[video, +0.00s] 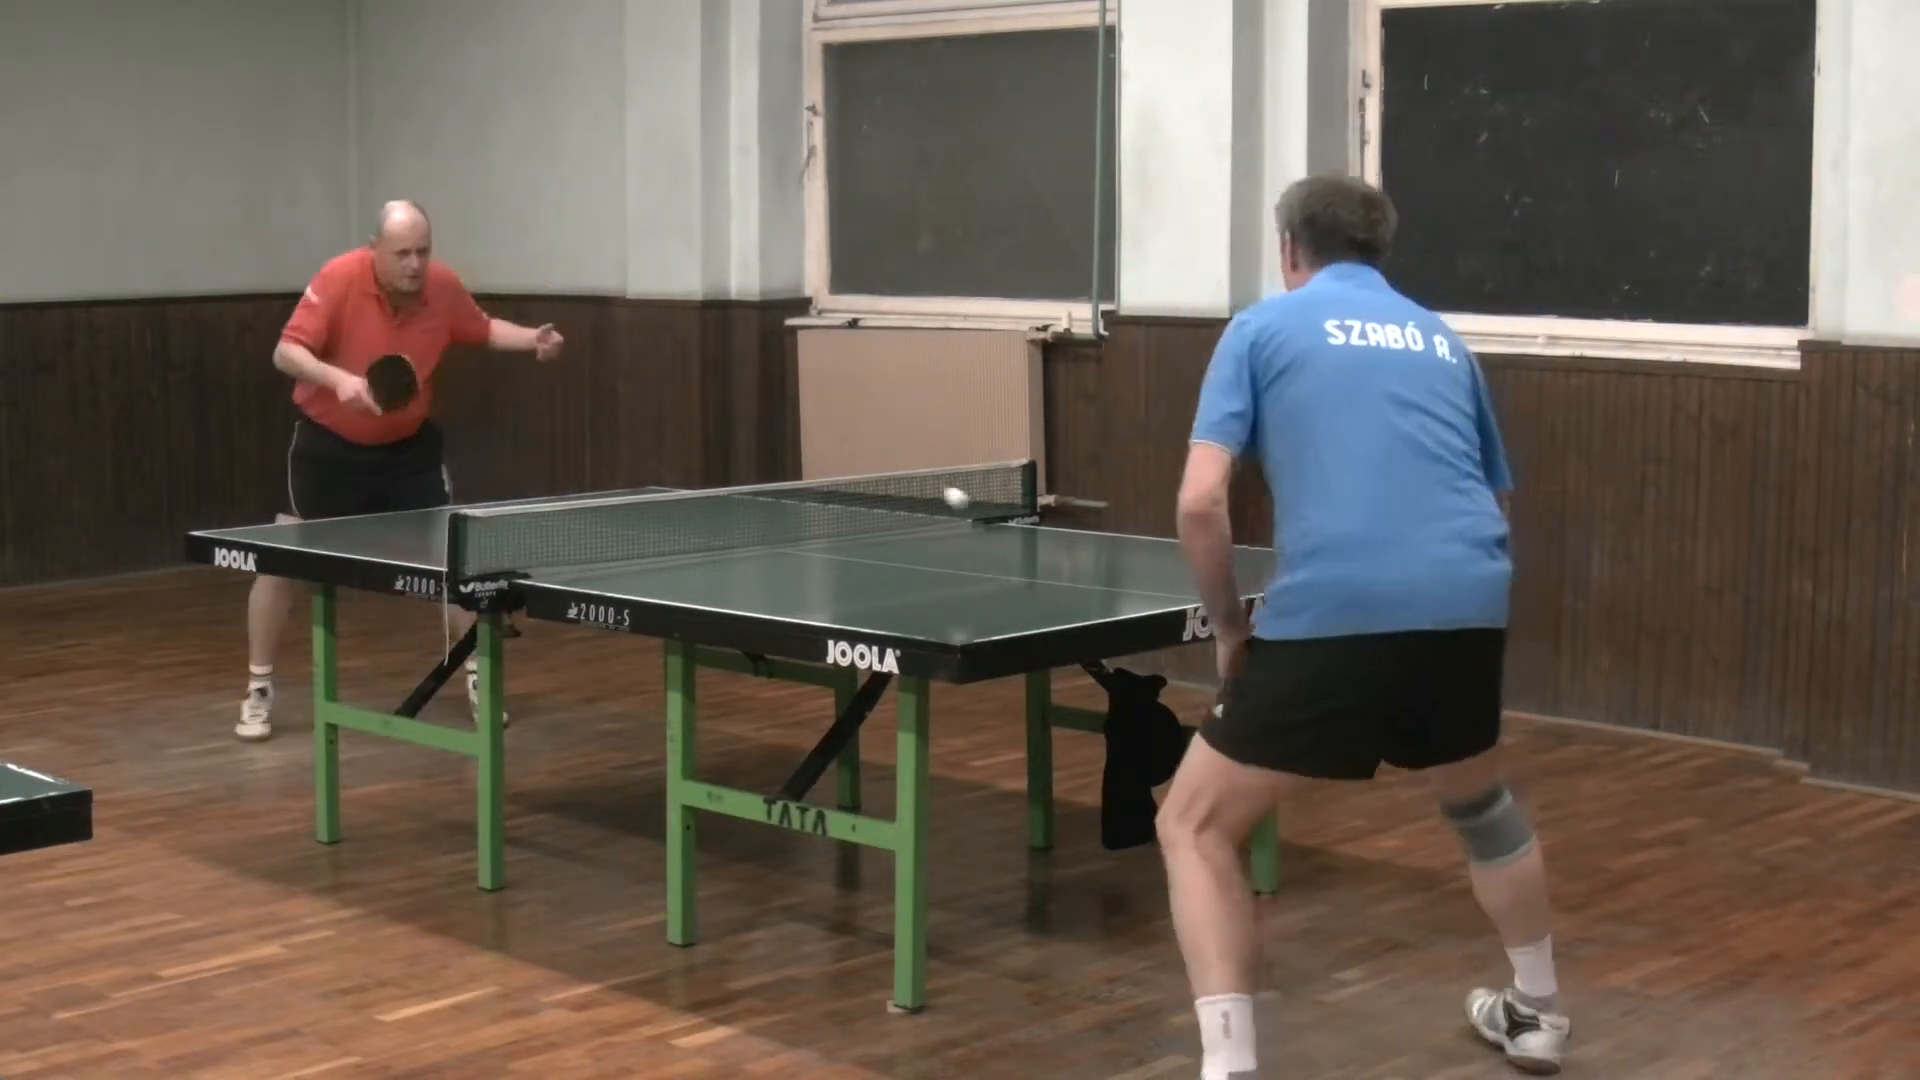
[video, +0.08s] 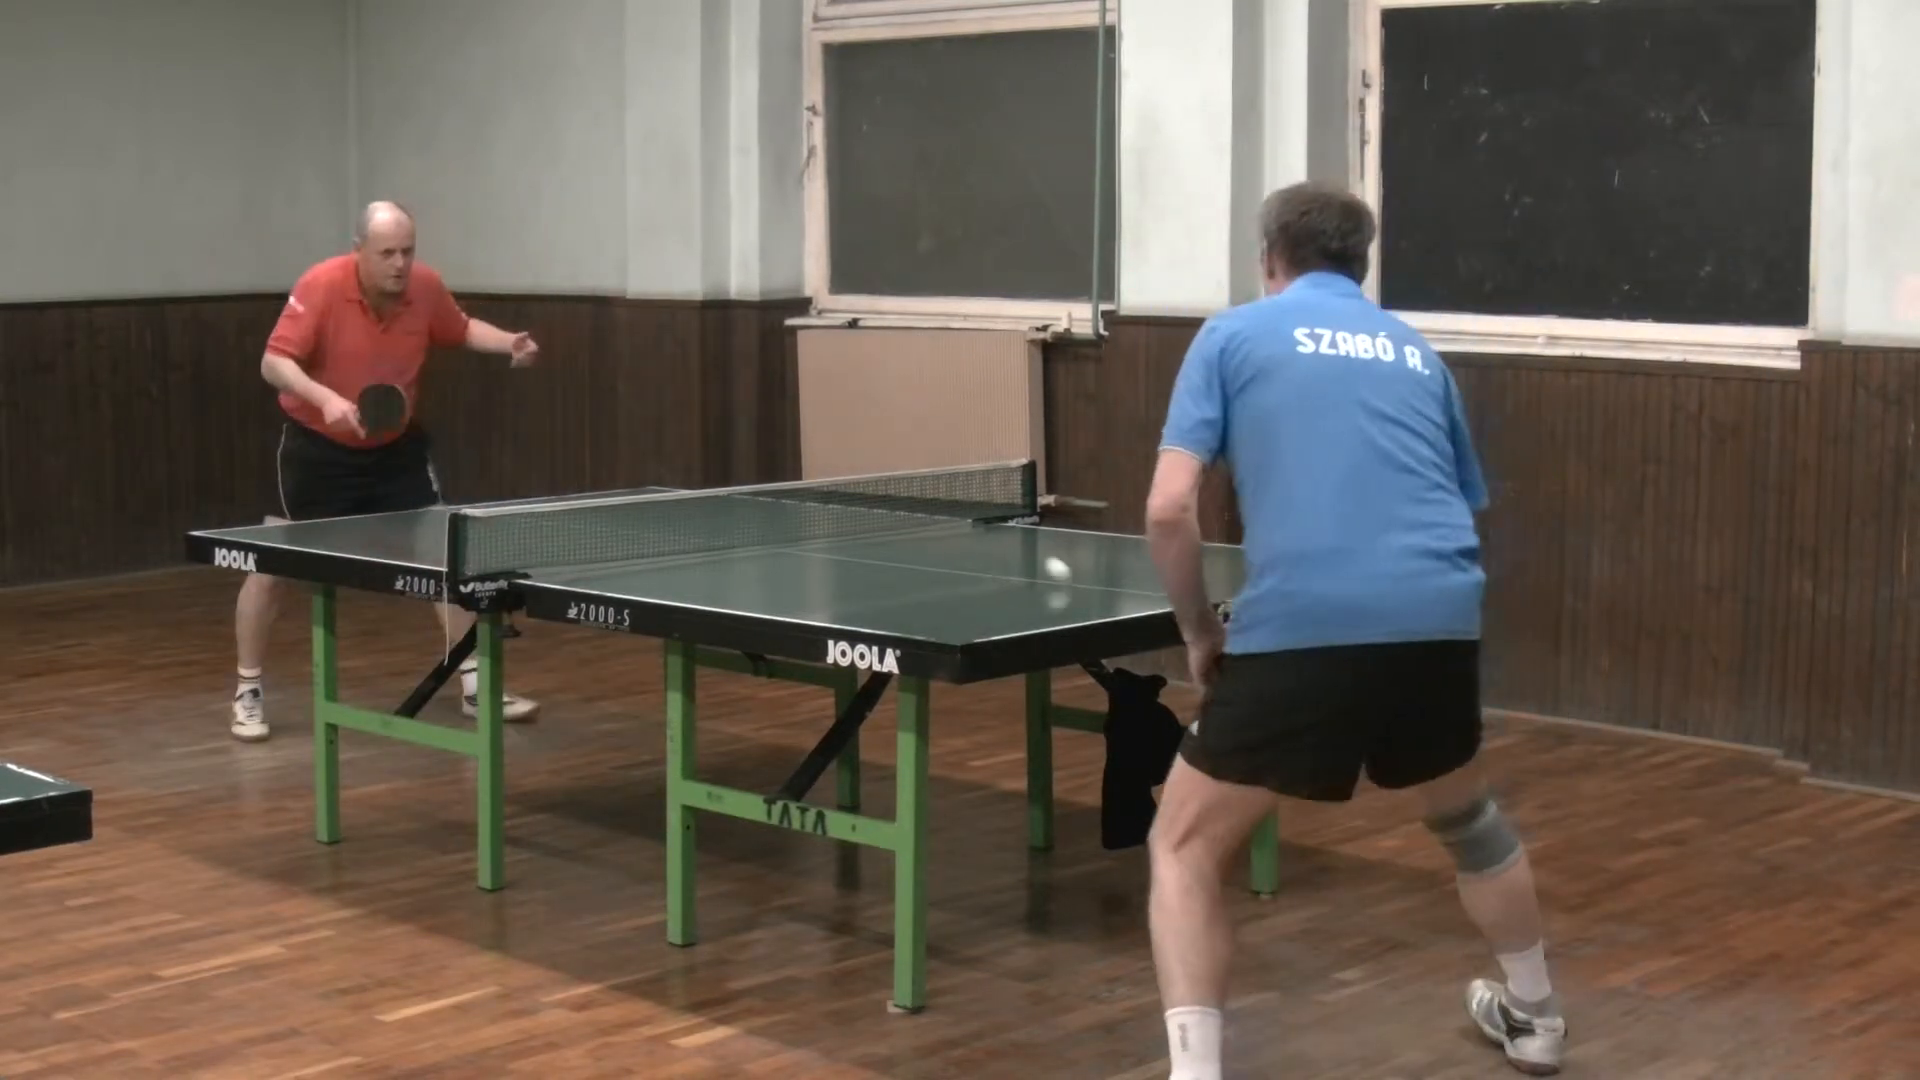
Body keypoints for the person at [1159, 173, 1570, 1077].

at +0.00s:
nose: (1274, 270)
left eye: (1276, 256)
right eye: (1279, 257)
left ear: (1294, 255)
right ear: (1381, 255)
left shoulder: (1262, 327)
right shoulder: (1444, 338)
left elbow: (1202, 502)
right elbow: (1496, 508)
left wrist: (1227, 623)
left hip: (1331, 618)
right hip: (1467, 618)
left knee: (1195, 823)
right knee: (1482, 802)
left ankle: (1229, 1060)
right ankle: (1540, 1009)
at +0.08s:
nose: (1257, 277)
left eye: (1259, 265)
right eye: (1265, 266)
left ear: (1273, 265)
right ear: (1360, 268)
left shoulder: (1233, 336)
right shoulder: (1418, 352)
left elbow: (1168, 508)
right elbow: (1468, 511)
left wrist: (1198, 630)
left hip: (1300, 639)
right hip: (1438, 636)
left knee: (1187, 845)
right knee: (1469, 817)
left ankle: (1194, 1064)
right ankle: (1535, 1011)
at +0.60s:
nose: (1218, 196)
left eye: (1219, 180)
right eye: (1219, 181)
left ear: (1235, 181)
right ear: (1326, 183)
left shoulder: (1246, 262)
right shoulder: (1381, 271)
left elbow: (1221, 434)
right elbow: (1366, 468)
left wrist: (1141, 601)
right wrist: (1245, 642)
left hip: (1332, 572)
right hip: (1445, 570)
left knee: (1205, 815)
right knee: (1375, 800)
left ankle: (1207, 1066)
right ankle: (1402, 1056)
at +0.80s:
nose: (1252, 152)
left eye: (1255, 136)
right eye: (1255, 136)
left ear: (1272, 145)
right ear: (1368, 148)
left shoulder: (1275, 248)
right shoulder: (1430, 251)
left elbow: (1256, 444)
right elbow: (1487, 439)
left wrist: (1194, 605)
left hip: (1348, 590)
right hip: (1473, 583)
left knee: (1307, 849)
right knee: (1418, 814)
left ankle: (1376, 1066)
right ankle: (1406, 1047)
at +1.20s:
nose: (1352, 183)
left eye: (1351, 167)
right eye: (1356, 167)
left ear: (1368, 168)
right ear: (1456, 167)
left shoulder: (1369, 268)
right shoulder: (1529, 263)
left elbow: (1349, 456)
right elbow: (1538, 439)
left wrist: (1291, 616)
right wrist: (1425, 557)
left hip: (1468, 594)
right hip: (1592, 580)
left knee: (1373, 848)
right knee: (1586, 810)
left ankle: (1394, 1070)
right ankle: (1659, 1042)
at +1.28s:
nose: (1360, 192)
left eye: (1361, 175)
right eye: (1363, 175)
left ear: (1378, 175)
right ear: (1464, 169)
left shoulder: (1394, 267)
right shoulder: (1537, 259)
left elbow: (1379, 458)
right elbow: (1561, 453)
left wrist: (1323, 619)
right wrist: (1455, 573)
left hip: (1517, 579)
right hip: (1626, 566)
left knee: (1422, 843)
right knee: (1601, 810)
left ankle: (1414, 1070)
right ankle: (1660, 1044)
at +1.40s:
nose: (1369, 212)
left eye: (1369, 195)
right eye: (1368, 195)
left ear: (1390, 193)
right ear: (1479, 186)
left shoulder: (1411, 284)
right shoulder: (1552, 270)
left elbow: (1410, 476)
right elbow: (1584, 469)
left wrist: (1362, 638)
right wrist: (1478, 583)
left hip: (1552, 577)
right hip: (1660, 564)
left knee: (1460, 852)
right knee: (1610, 803)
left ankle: (1492, 1072)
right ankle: (1663, 1045)